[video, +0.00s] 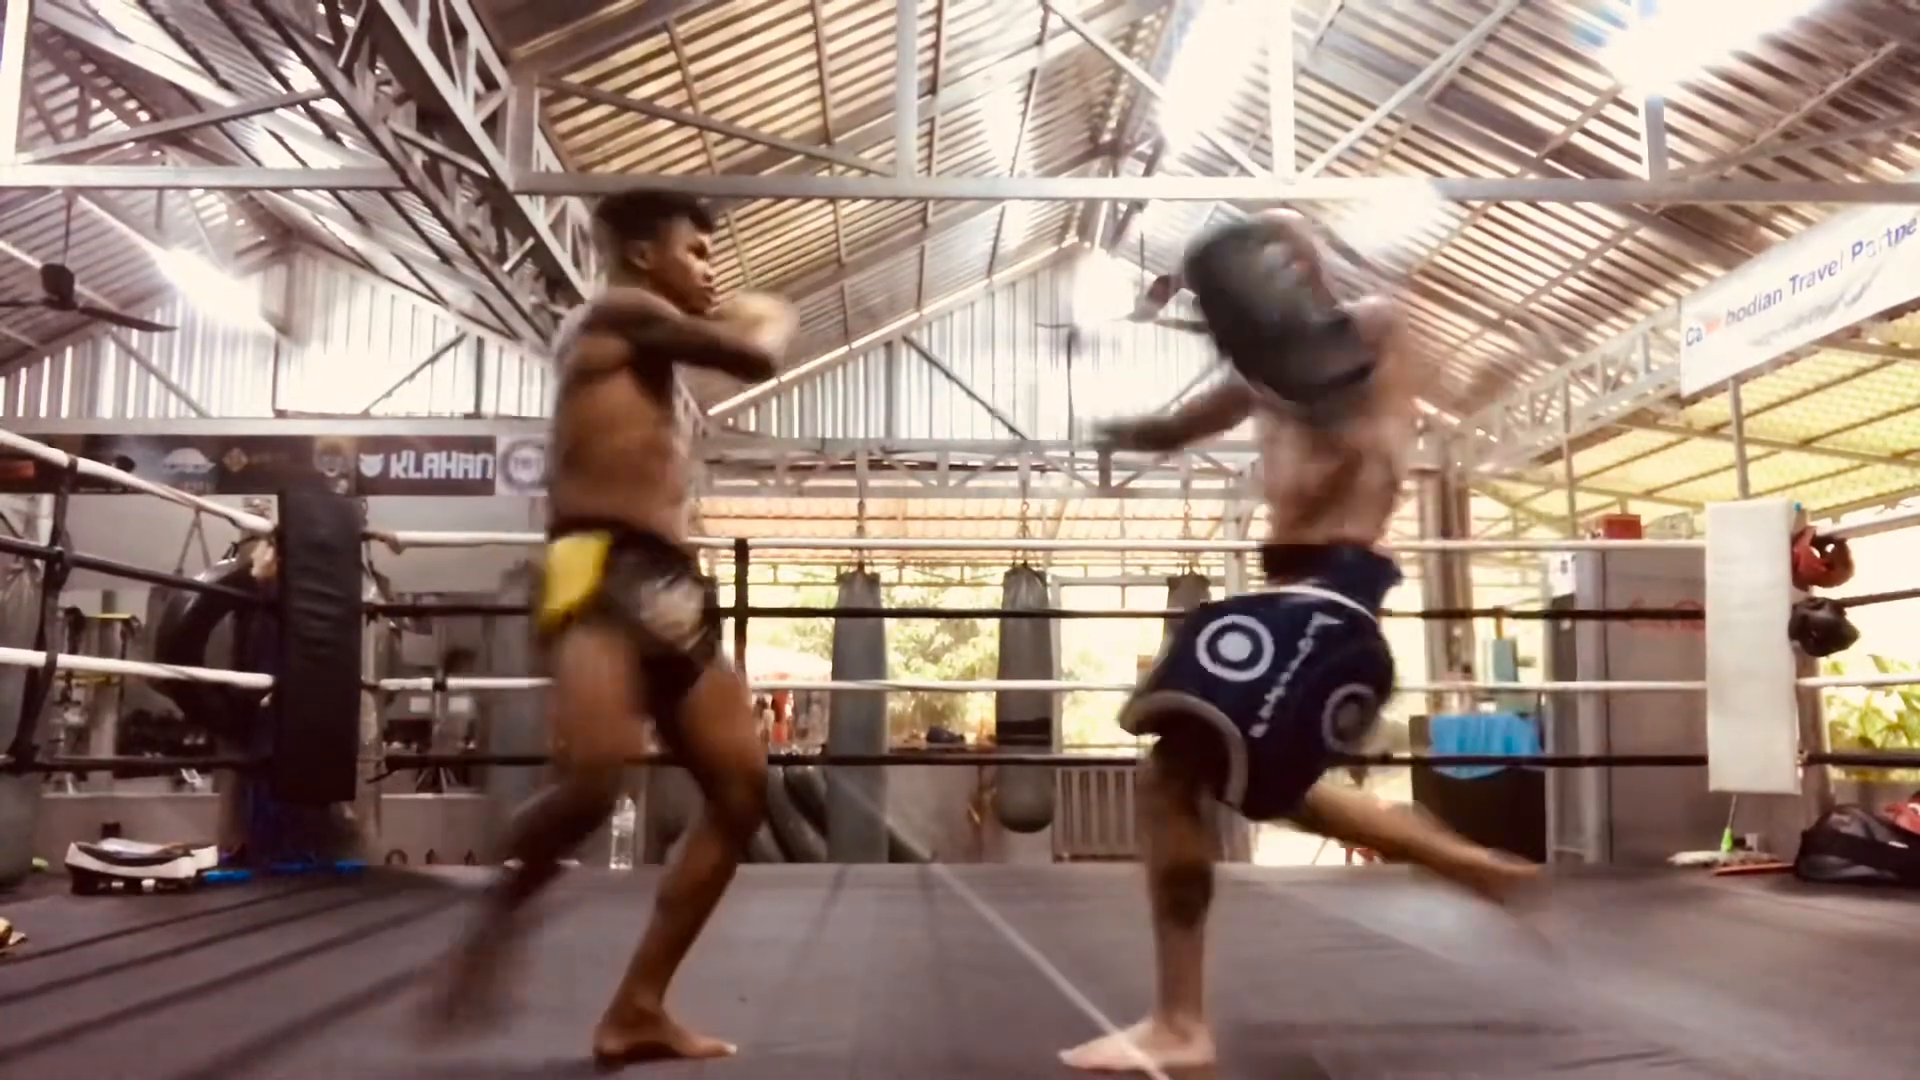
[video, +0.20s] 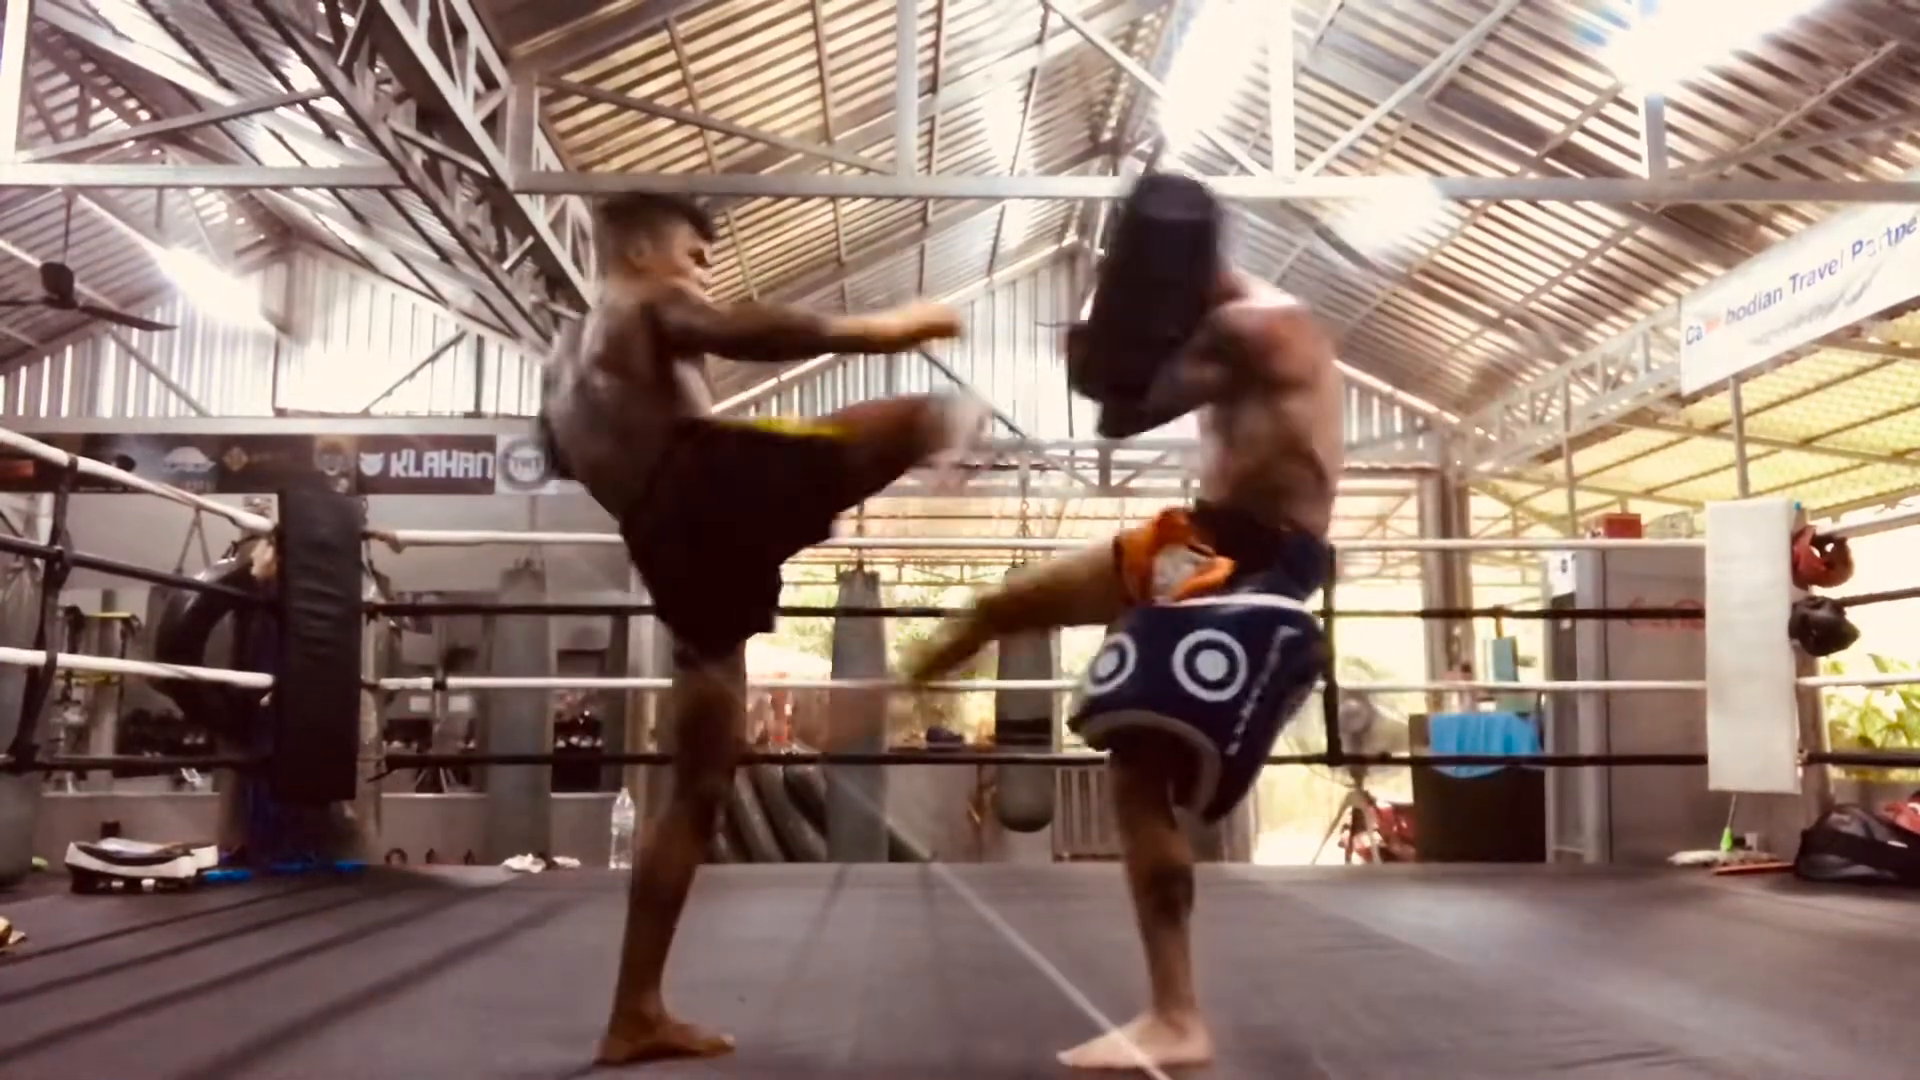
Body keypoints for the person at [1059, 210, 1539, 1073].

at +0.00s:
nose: (1281, 270)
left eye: (1291, 250)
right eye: (1263, 262)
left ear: (1320, 254)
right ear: (1248, 288)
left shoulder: (1379, 327)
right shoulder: (1267, 362)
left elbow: (1464, 398)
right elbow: (1177, 429)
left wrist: (1525, 353)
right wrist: (1113, 434)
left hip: (1338, 582)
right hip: (1287, 585)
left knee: (1169, 772)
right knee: (1277, 784)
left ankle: (1179, 1023)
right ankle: (1495, 873)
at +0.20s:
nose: (1163, 292)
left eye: (1164, 276)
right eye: (1154, 276)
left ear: (1194, 266)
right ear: (1201, 264)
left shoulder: (1272, 328)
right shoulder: (1230, 337)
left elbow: (1144, 396)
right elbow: (1133, 402)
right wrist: (1094, 351)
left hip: (1259, 568)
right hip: (1197, 540)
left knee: (1142, 777)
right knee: (1005, 607)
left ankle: (1176, 1020)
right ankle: (903, 687)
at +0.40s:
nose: (1135, 263)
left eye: (1133, 244)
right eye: (1142, 242)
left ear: (1153, 234)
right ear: (1172, 232)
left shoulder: (1217, 284)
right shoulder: (1198, 306)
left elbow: (1130, 371)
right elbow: (1178, 469)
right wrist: (1079, 462)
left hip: (1224, 543)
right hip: (1161, 525)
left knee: (1150, 771)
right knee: (963, 558)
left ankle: (1175, 1018)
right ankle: (921, 736)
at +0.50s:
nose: (1101, 245)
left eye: (1113, 224)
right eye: (1094, 232)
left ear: (1158, 209)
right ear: (1099, 232)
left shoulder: (1232, 280)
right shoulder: (1167, 308)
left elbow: (1203, 350)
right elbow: (1166, 426)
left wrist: (1122, 254)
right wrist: (1075, 430)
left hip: (1219, 519)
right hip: (1162, 515)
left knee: (1169, 767)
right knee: (1018, 656)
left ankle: (1178, 1017)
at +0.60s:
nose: (1109, 268)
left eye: (1122, 245)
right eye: (1101, 254)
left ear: (1164, 235)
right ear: (1111, 264)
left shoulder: (1232, 306)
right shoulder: (1148, 351)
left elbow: (1229, 365)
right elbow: (1094, 429)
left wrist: (1149, 271)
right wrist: (999, 389)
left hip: (1211, 544)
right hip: (1158, 544)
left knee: (1169, 768)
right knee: (1141, 748)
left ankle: (1177, 1016)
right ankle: (1237, 928)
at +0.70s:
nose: (1086, 282)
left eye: (1097, 263)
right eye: (1082, 267)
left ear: (1147, 253)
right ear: (1127, 256)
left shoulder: (1219, 327)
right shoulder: (1135, 346)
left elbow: (1203, 426)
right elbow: (1061, 440)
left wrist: (1103, 333)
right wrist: (988, 379)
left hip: (1222, 551)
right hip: (1186, 551)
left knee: (1141, 768)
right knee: (1229, 777)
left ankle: (1174, 1014)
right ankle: (1290, 965)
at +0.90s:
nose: (1053, 329)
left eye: (1060, 307)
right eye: (1045, 315)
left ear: (1111, 287)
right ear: (1100, 296)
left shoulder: (1162, 348)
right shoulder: (1154, 360)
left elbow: (1198, 486)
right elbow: (1195, 488)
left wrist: (1117, 449)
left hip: (1224, 565)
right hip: (1249, 567)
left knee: (1144, 774)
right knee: (1239, 781)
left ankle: (1175, 1012)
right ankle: (1292, 966)